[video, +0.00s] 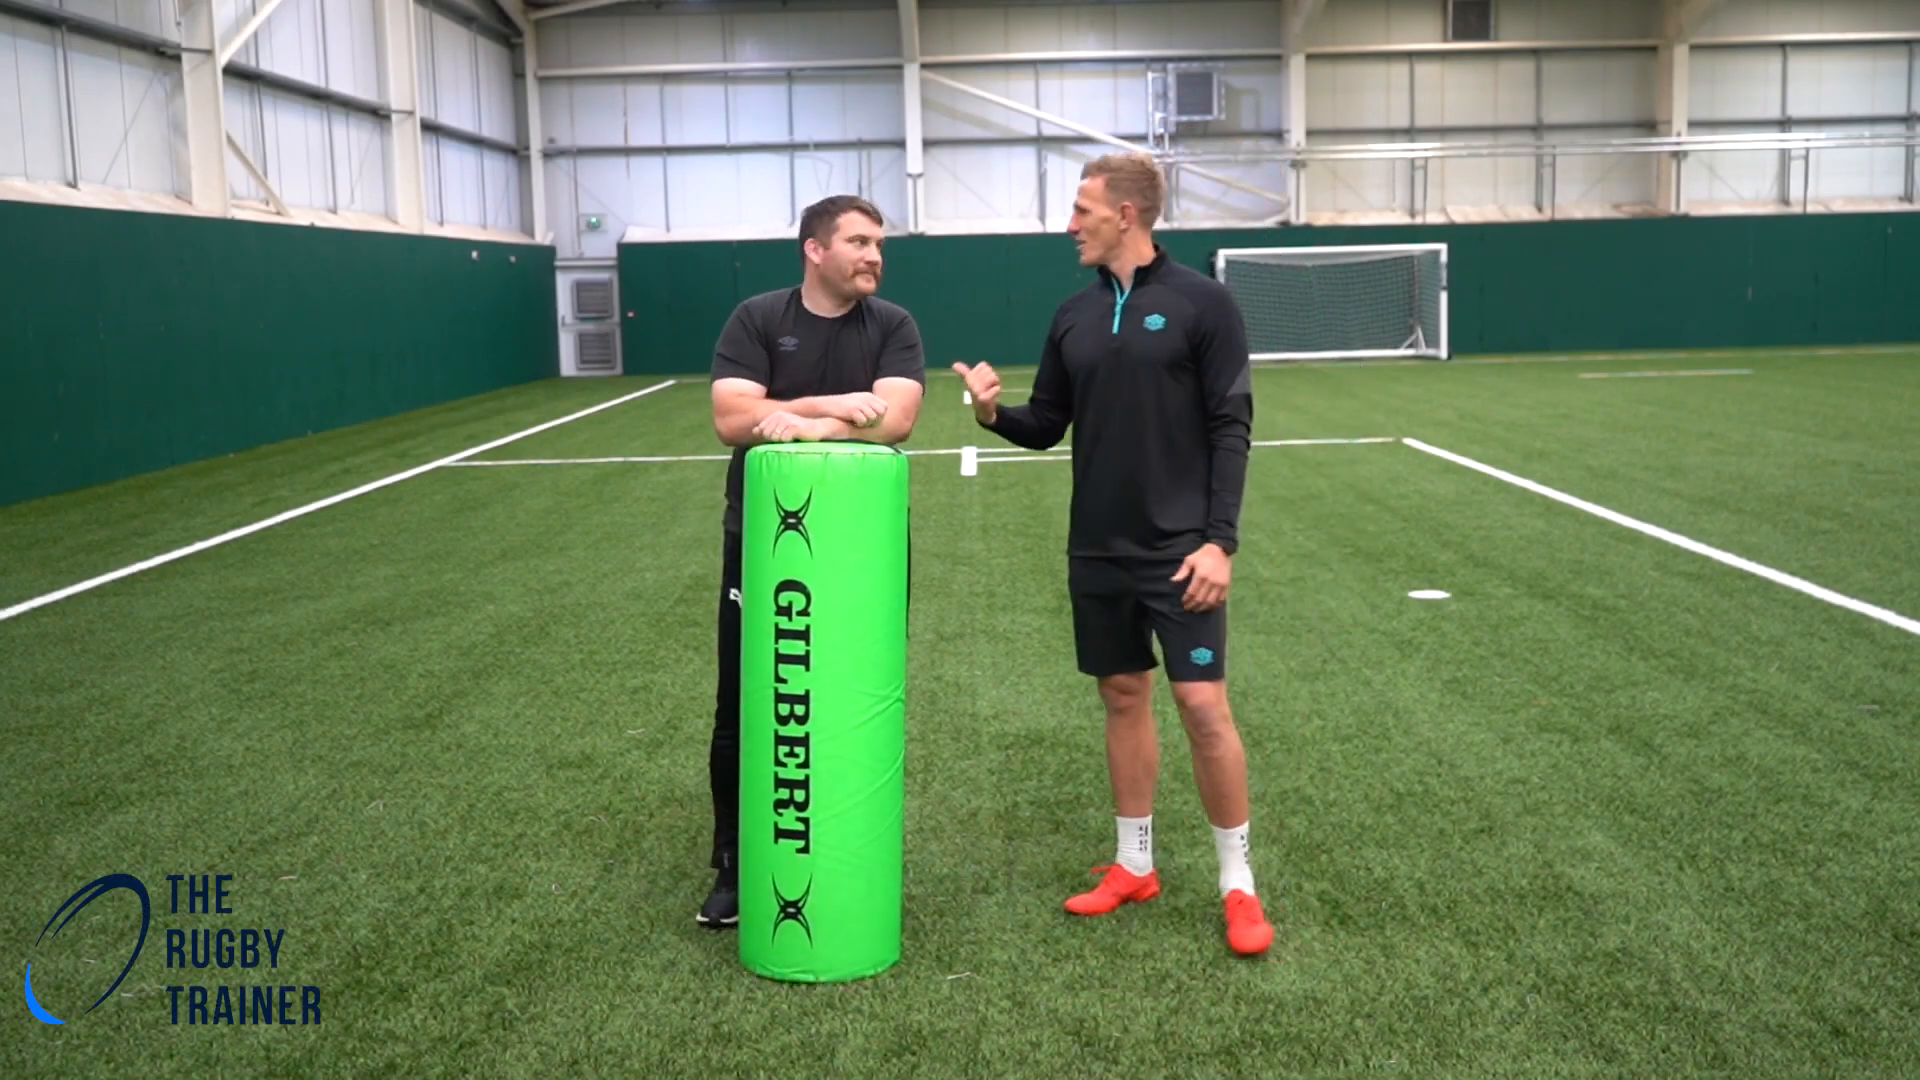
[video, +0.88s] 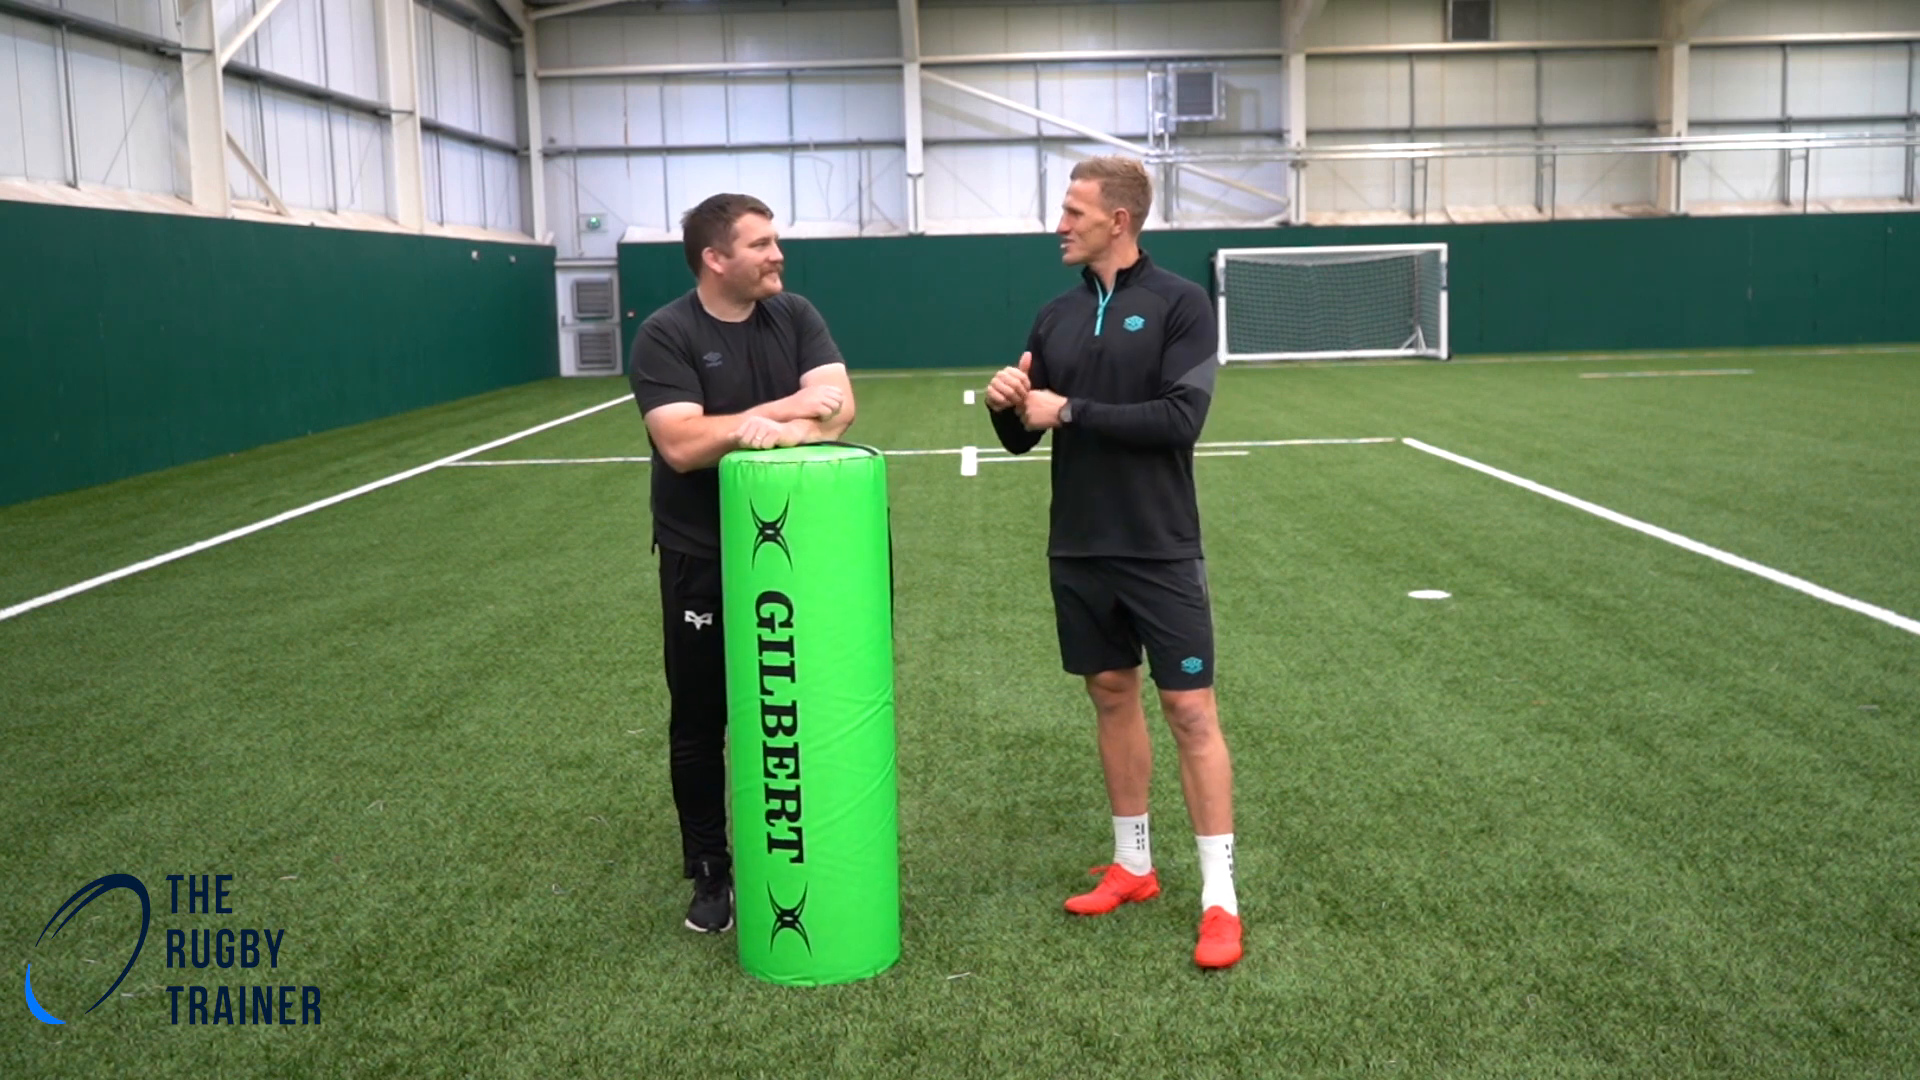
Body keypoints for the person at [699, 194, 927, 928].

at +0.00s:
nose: (875, 257)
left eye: (878, 245)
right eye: (859, 242)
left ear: (876, 256)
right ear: (814, 250)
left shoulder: (891, 325)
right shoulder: (757, 318)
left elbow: (895, 420)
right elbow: (730, 419)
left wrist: (786, 416)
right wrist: (846, 410)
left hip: (854, 546)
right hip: (761, 542)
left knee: (848, 711)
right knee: (744, 706)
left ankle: (840, 878)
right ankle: (732, 871)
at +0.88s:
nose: (776, 254)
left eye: (775, 242)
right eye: (760, 246)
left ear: (768, 249)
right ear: (712, 259)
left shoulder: (795, 315)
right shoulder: (664, 336)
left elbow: (836, 409)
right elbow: (679, 446)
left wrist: (742, 422)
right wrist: (789, 414)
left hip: (791, 555)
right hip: (701, 559)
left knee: (797, 713)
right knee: (701, 722)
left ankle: (803, 867)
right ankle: (711, 874)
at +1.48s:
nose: (755, 257)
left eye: (755, 244)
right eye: (739, 247)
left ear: (750, 251)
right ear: (691, 260)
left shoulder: (778, 316)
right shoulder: (646, 340)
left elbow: (830, 406)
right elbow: (685, 443)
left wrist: (764, 423)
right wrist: (788, 406)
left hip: (783, 556)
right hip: (693, 562)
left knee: (793, 716)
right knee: (694, 726)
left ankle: (802, 868)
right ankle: (710, 874)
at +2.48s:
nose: (811, 275)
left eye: (820, 261)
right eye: (795, 262)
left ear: (830, 259)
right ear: (756, 263)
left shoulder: (858, 318)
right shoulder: (721, 329)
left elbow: (880, 423)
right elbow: (727, 433)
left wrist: (787, 425)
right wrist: (831, 405)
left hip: (839, 554)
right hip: (742, 553)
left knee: (834, 715)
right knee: (725, 714)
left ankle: (830, 875)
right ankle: (716, 870)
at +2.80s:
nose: (822, 277)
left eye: (832, 264)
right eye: (806, 264)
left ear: (843, 263)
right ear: (770, 262)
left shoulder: (868, 321)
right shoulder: (729, 328)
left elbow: (883, 425)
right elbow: (732, 434)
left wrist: (784, 424)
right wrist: (833, 407)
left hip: (843, 554)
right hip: (747, 552)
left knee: (838, 715)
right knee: (728, 712)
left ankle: (832, 877)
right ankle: (717, 870)